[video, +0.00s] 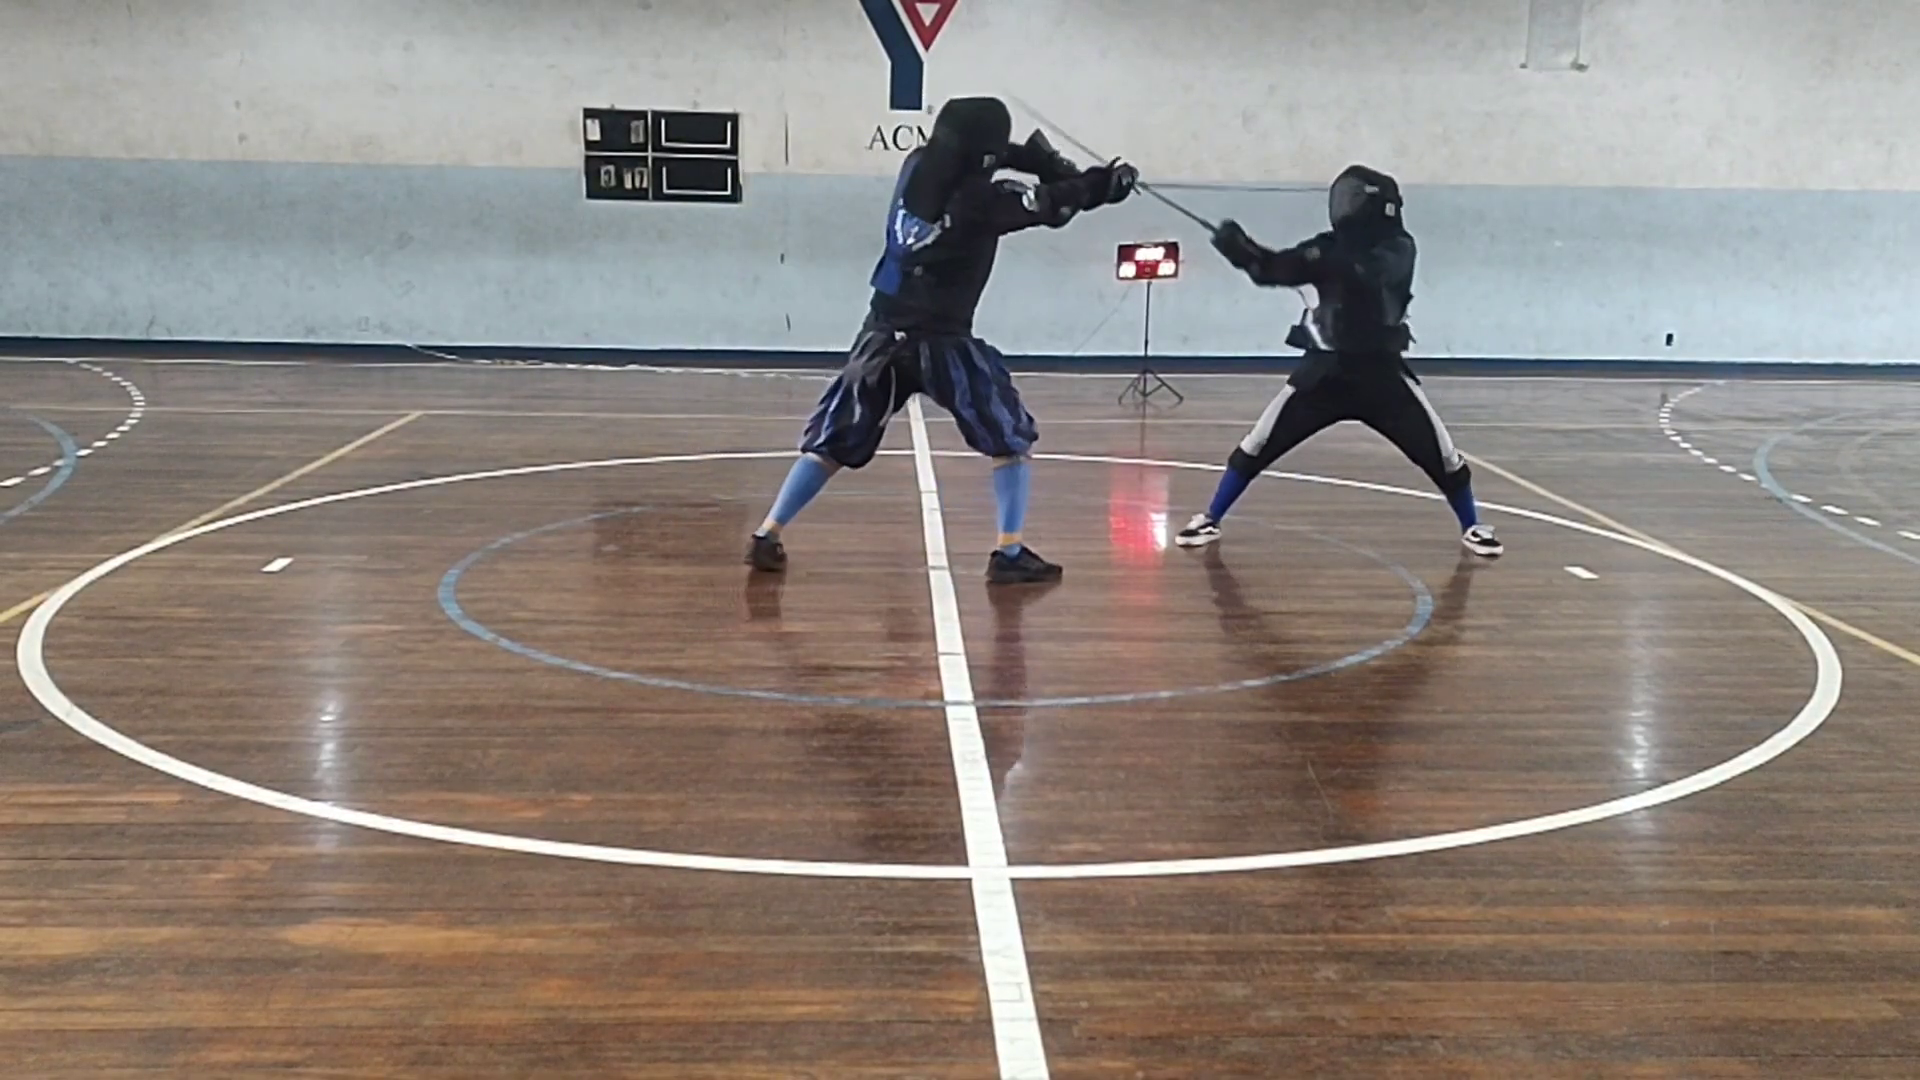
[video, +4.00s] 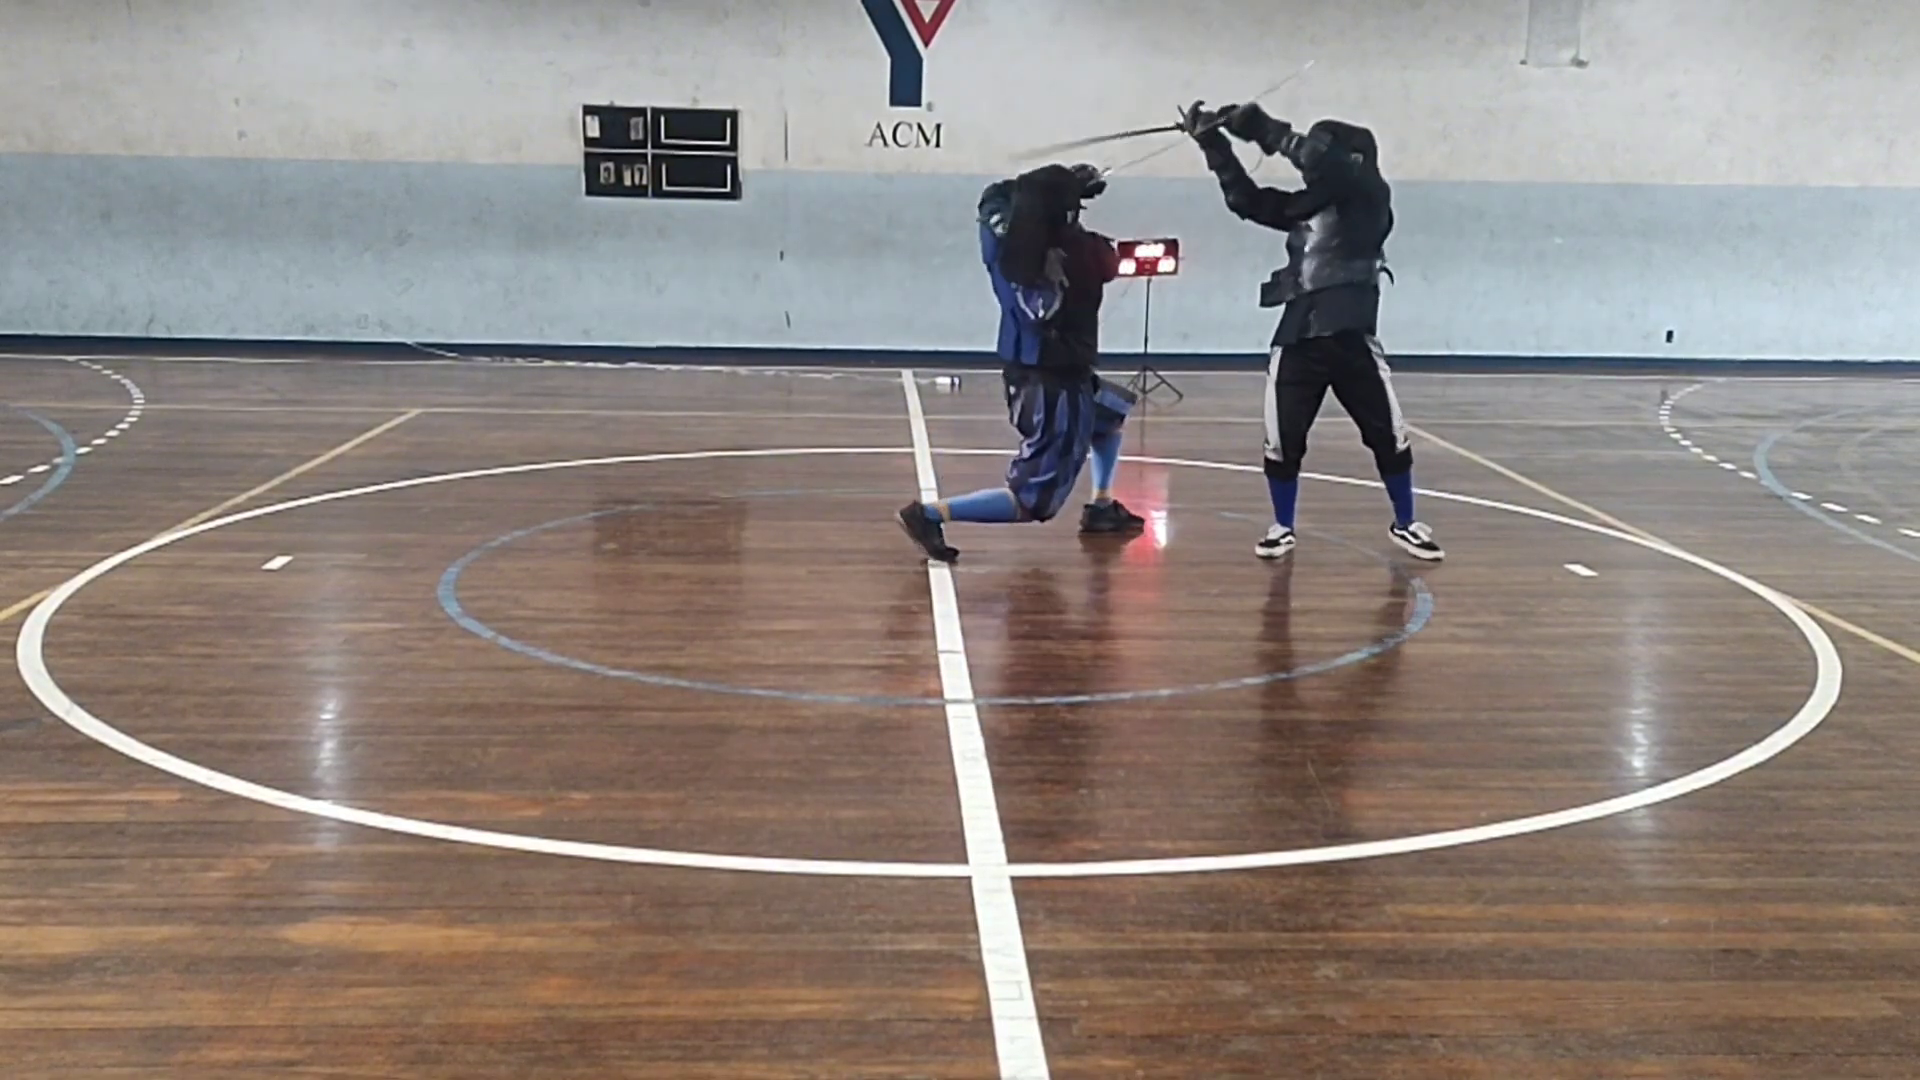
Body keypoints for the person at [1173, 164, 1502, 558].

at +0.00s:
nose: (1343, 206)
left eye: (1353, 198)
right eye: (1341, 198)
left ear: (1376, 204)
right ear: (1340, 205)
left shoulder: (1399, 247)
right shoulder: (1328, 246)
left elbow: (1358, 270)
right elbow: (1277, 270)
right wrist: (1244, 252)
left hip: (1383, 374)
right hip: (1322, 373)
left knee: (1442, 455)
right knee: (1258, 445)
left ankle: (1472, 527)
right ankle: (1210, 519)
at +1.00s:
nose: (1326, 179)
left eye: (1336, 171)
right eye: (1321, 170)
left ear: (1359, 177)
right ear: (1313, 172)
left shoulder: (1373, 220)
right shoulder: (1302, 213)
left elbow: (1362, 234)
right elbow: (1253, 223)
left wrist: (1294, 192)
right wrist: (1228, 194)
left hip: (1340, 354)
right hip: (1282, 350)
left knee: (1384, 443)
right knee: (1238, 436)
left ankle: (1427, 522)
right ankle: (1207, 519)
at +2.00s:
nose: (1371, 190)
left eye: (1381, 182)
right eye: (1372, 181)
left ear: (1411, 190)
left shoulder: (1440, 235)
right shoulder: (1367, 241)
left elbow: (1475, 284)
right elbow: (1358, 311)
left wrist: (1419, 298)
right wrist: (1360, 290)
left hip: (1439, 358)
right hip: (1384, 358)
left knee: (1469, 446)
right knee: (1327, 431)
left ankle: (1500, 514)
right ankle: (1303, 511)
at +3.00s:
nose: (1308, 179)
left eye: (1318, 173)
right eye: (1310, 170)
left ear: (1344, 183)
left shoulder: (1353, 230)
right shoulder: (1305, 208)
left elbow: (1287, 261)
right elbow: (1255, 213)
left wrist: (1216, 247)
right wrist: (1201, 219)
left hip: (1341, 353)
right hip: (1297, 342)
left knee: (1373, 445)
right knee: (1254, 430)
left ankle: (1434, 492)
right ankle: (1260, 518)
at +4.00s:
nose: (1307, 157)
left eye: (1314, 150)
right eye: (1306, 151)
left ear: (1343, 153)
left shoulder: (1368, 190)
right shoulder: (1304, 207)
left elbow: (1317, 159)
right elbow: (1245, 198)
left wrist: (1258, 125)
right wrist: (1212, 142)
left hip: (1351, 337)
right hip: (1297, 339)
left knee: (1389, 435)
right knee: (1280, 440)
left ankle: (1406, 523)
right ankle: (1282, 527)